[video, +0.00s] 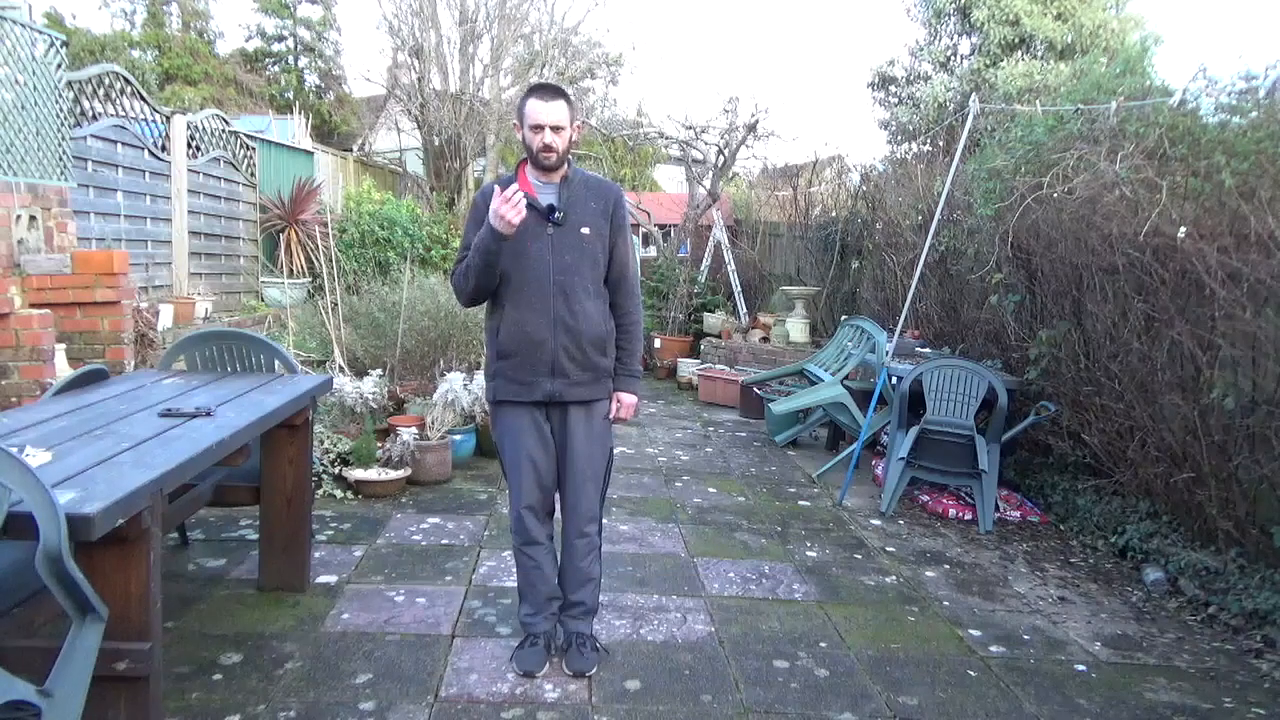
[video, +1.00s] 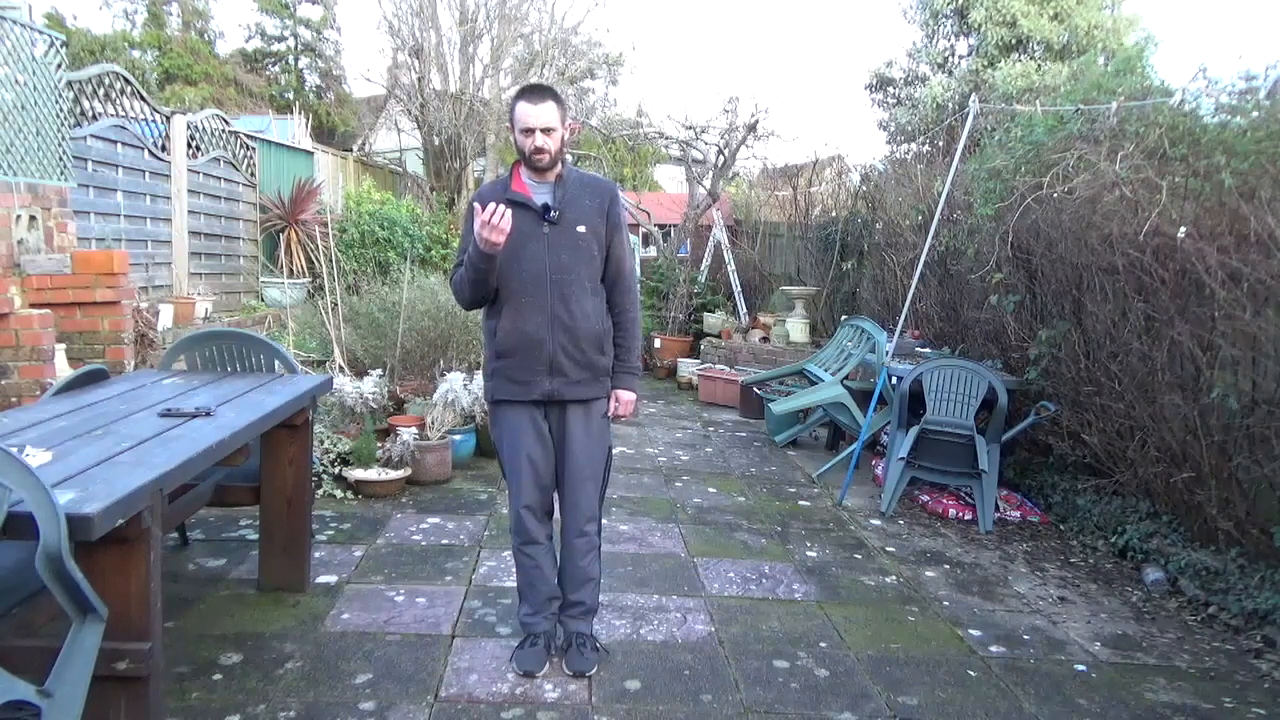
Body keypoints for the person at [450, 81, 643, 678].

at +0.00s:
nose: (547, 139)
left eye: (556, 128)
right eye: (536, 129)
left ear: (573, 130)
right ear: (521, 131)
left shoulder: (606, 197)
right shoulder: (493, 197)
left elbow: (626, 293)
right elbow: (467, 291)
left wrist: (628, 376)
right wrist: (496, 232)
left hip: (590, 380)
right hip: (516, 380)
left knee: (583, 513)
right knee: (528, 513)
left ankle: (580, 627)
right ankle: (536, 629)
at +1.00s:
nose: (537, 141)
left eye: (546, 130)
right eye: (526, 132)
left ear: (566, 130)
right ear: (513, 135)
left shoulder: (601, 195)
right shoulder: (489, 198)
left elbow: (623, 292)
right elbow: (467, 295)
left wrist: (627, 376)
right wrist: (484, 251)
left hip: (588, 379)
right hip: (515, 381)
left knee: (582, 513)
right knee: (528, 513)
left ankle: (579, 626)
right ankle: (535, 629)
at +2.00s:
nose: (535, 141)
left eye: (545, 130)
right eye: (524, 132)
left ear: (564, 129)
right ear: (511, 135)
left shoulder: (599, 195)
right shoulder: (486, 200)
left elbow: (621, 292)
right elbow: (464, 295)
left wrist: (624, 375)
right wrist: (485, 261)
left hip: (586, 378)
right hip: (512, 381)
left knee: (581, 513)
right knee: (526, 513)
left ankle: (580, 625)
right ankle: (535, 627)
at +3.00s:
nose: (533, 141)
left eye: (543, 130)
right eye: (523, 132)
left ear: (563, 129)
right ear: (510, 135)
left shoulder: (598, 195)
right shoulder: (486, 199)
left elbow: (619, 290)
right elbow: (464, 295)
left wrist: (623, 373)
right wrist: (480, 253)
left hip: (585, 376)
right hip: (512, 379)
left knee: (581, 512)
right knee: (525, 512)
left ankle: (580, 626)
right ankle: (536, 628)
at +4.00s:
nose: (550, 143)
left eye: (559, 135)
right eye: (541, 131)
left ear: (569, 139)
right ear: (517, 129)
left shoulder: (590, 193)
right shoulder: (478, 198)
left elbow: (612, 287)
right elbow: (460, 293)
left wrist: (618, 366)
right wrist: (465, 375)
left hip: (582, 374)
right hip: (508, 378)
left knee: (585, 501)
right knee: (522, 506)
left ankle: (584, 616)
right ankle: (536, 624)